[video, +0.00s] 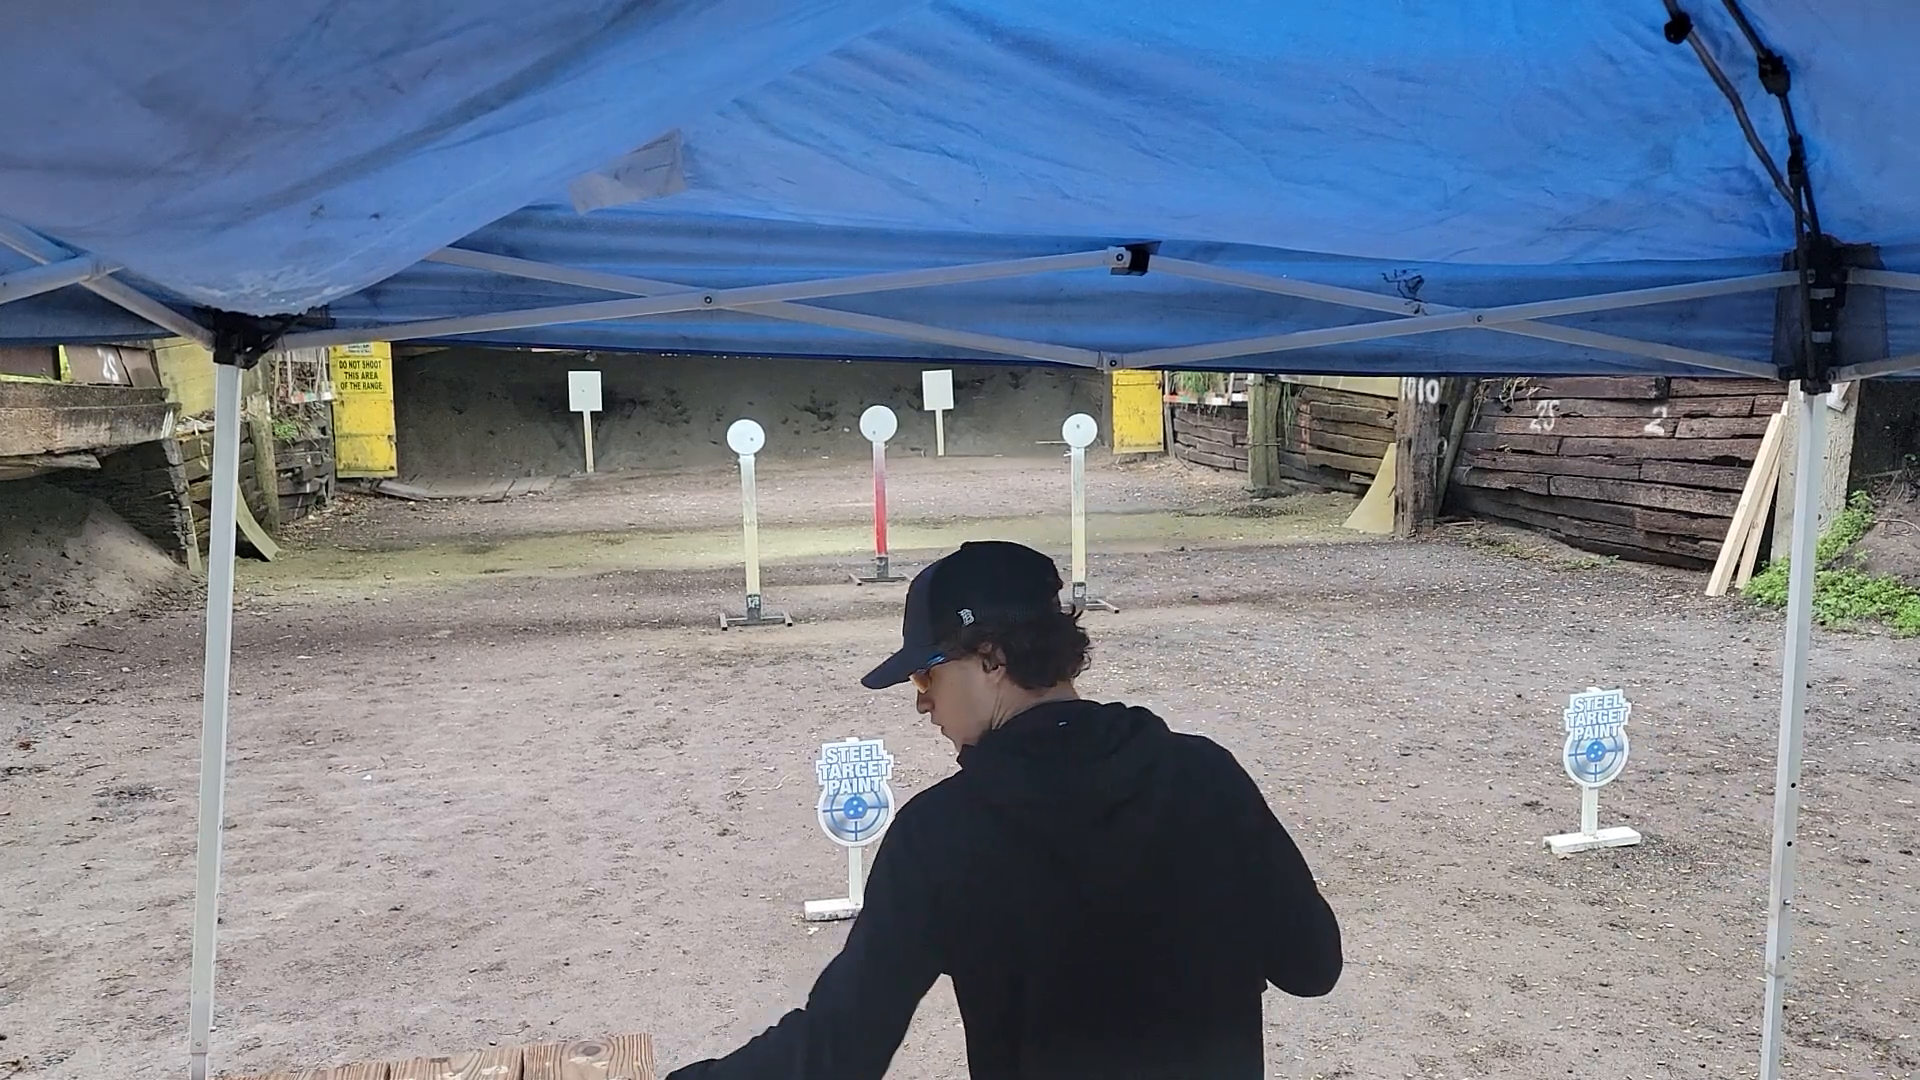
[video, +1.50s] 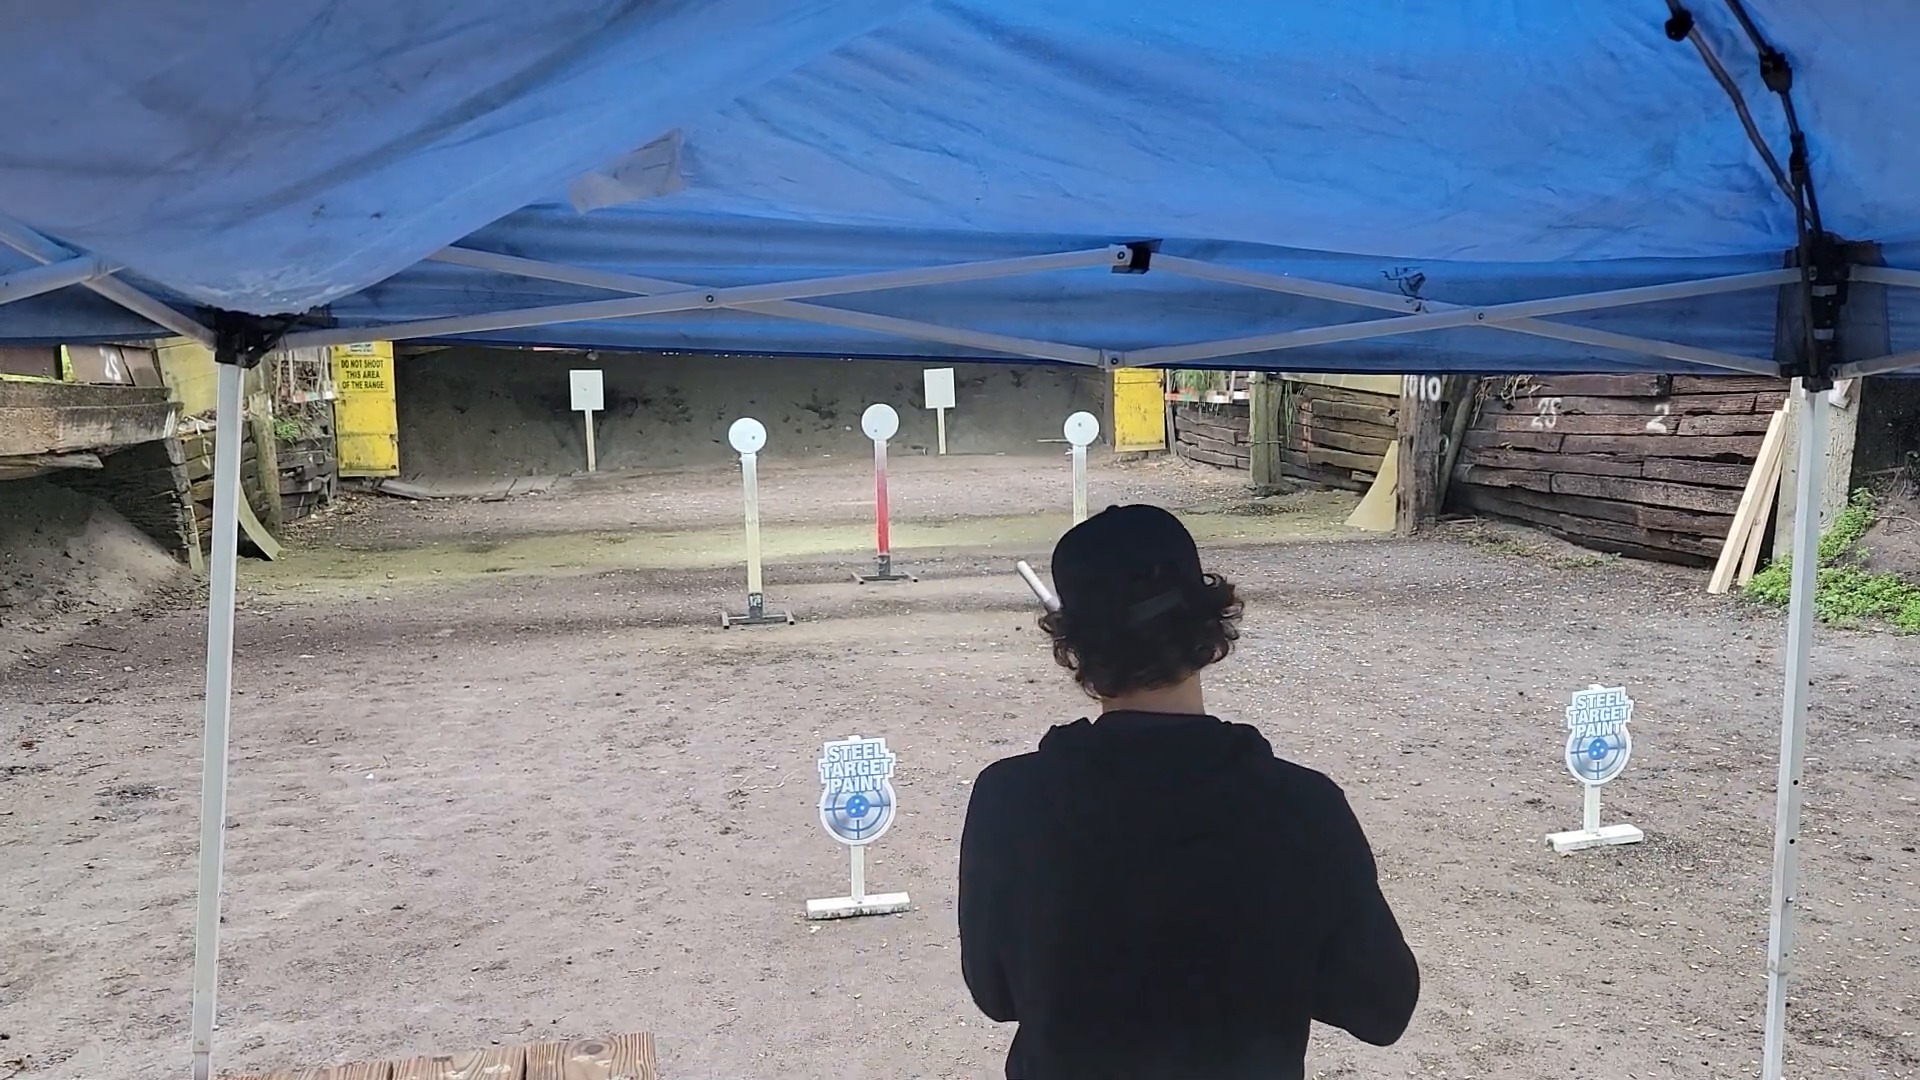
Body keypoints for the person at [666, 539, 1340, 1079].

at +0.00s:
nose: (922, 705)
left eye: (927, 677)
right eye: (918, 682)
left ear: (989, 661)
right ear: (1054, 651)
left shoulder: (944, 827)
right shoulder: (1206, 775)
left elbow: (839, 1046)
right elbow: (1315, 964)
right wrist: (1191, 896)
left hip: (1031, 1069)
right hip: (1213, 1071)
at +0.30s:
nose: (952, 698)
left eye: (954, 670)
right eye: (947, 674)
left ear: (1007, 656)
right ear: (1085, 646)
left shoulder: (960, 822)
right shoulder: (1228, 778)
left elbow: (860, 1041)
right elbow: (1329, 972)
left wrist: (696, 1076)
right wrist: (1209, 897)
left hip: (1041, 1064)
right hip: (1224, 1065)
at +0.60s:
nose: (986, 654)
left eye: (985, 637)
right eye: (991, 630)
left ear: (998, 655)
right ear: (1130, 629)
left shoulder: (967, 825)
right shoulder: (1240, 785)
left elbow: (858, 1043)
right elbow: (1332, 976)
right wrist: (1213, 882)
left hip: (1040, 1071)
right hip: (1224, 1071)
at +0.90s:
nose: (1001, 640)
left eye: (1003, 621)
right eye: (1004, 619)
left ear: (1019, 641)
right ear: (1150, 627)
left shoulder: (978, 822)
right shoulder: (1251, 785)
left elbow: (884, 1044)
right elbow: (1340, 978)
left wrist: (695, 1079)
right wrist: (1226, 889)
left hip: (1050, 1068)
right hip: (1227, 1068)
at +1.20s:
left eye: (1034, 622)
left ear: (1043, 642)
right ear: (1178, 621)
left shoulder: (992, 821)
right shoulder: (1277, 793)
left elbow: (950, 1057)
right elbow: (1356, 994)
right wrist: (1236, 908)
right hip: (1235, 1071)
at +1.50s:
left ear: (1071, 642)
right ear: (1210, 623)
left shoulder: (1007, 799)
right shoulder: (1303, 806)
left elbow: (994, 994)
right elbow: (1385, 1009)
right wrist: (1254, 937)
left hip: (1056, 1068)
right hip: (1247, 1066)